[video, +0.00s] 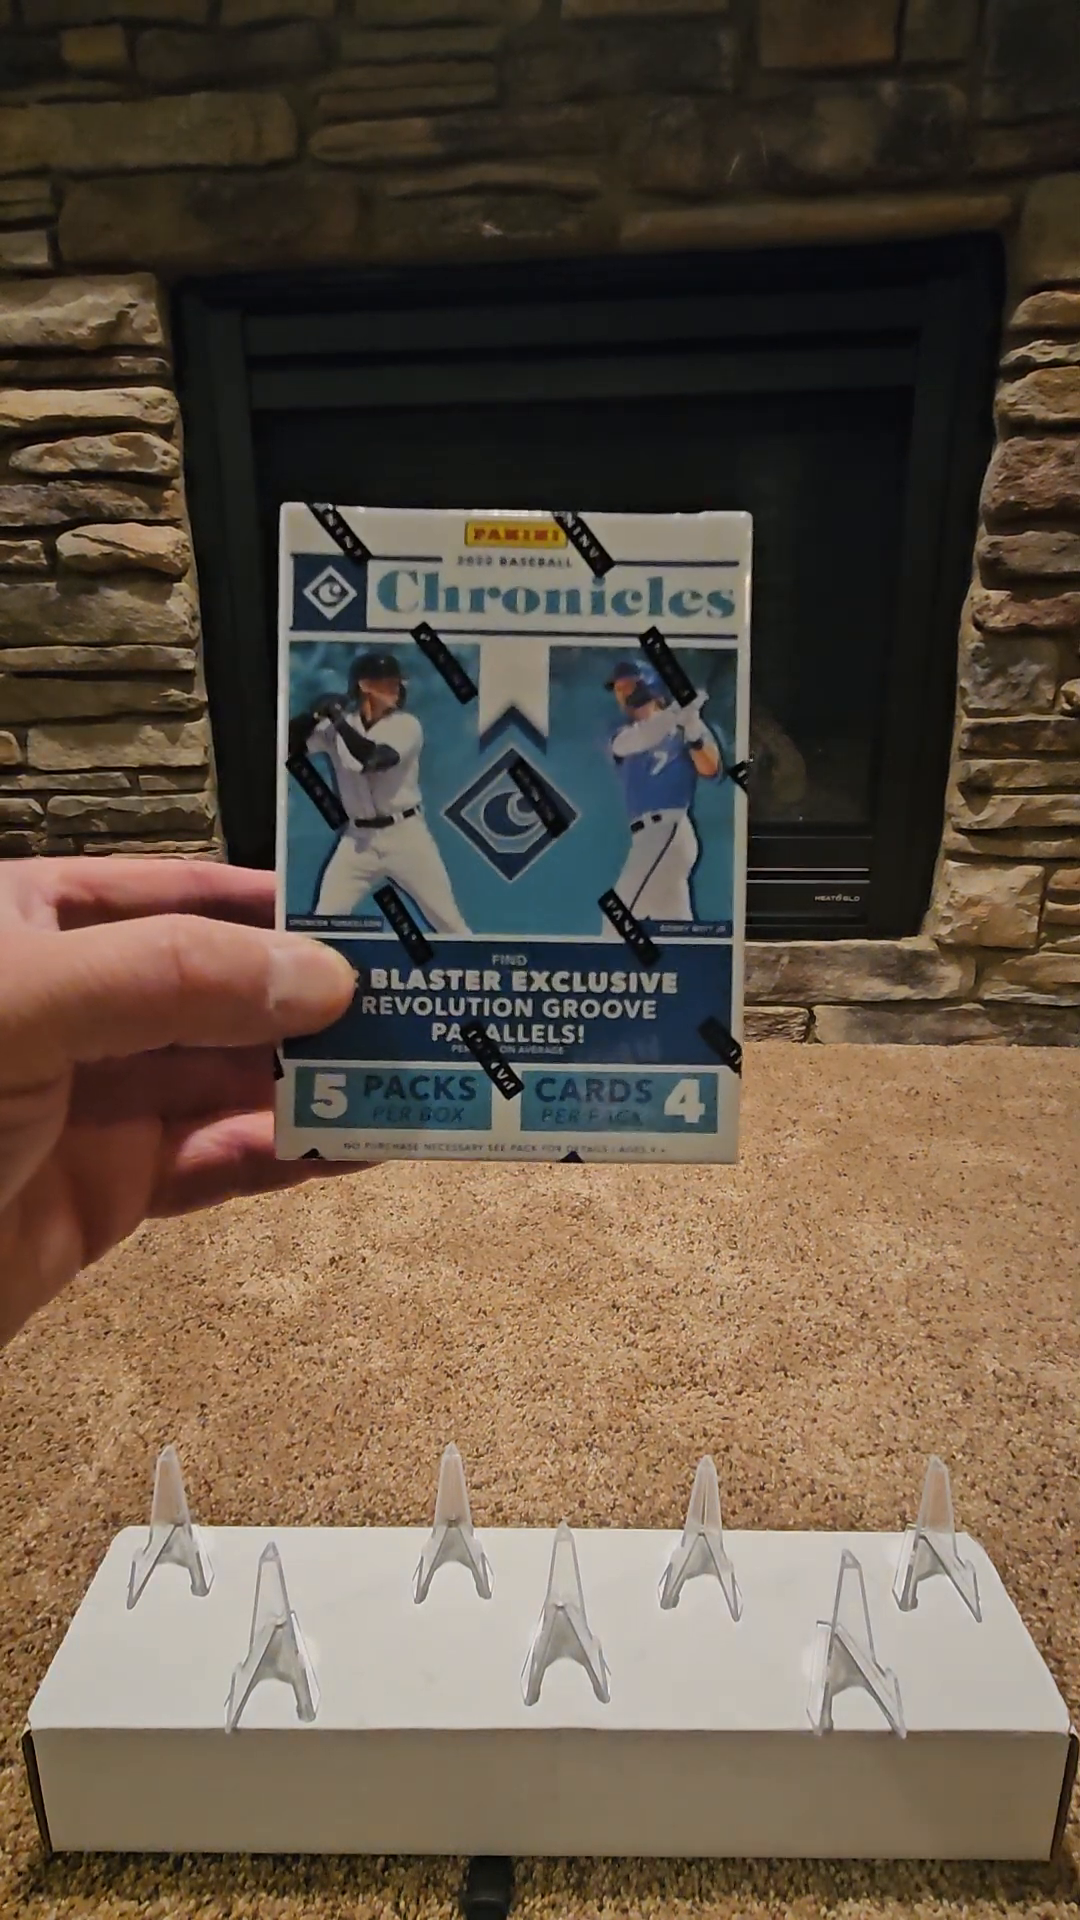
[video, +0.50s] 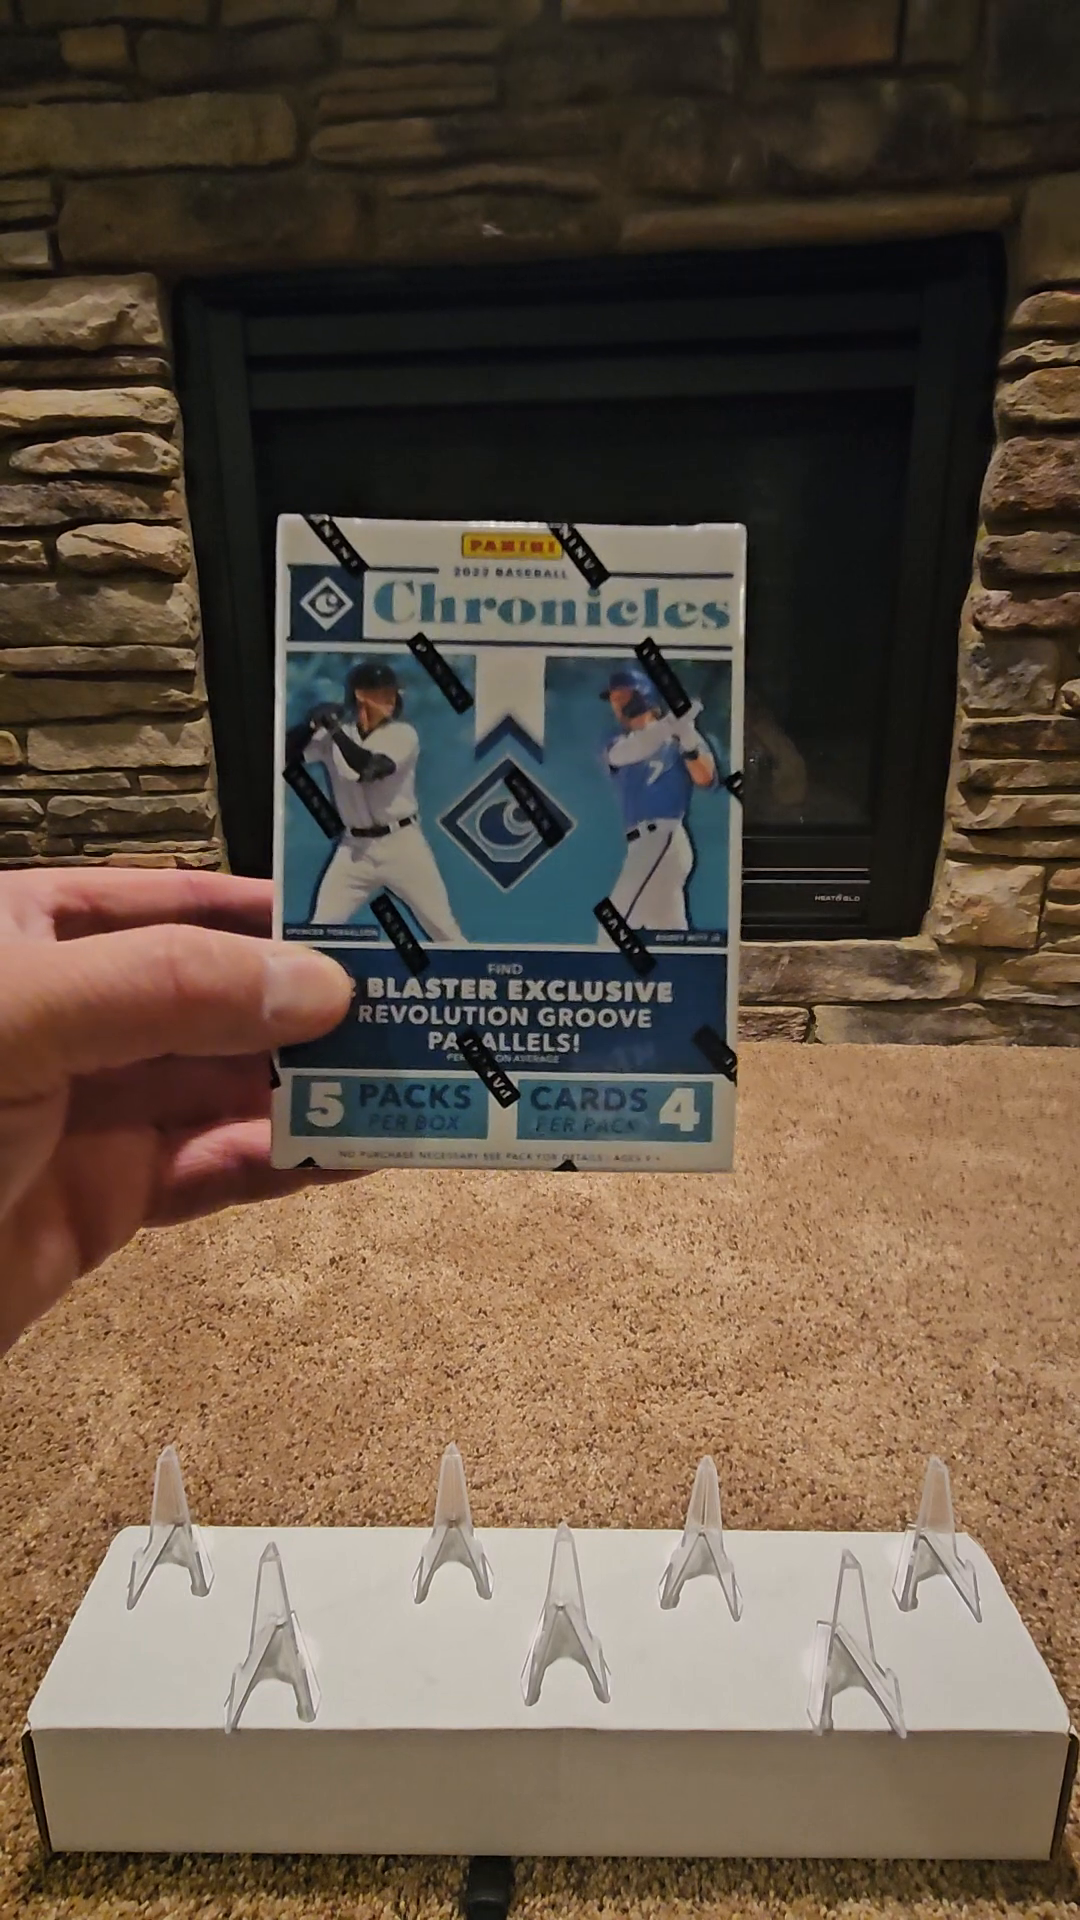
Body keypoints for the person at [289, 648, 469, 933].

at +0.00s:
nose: (396, 686)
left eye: (397, 680)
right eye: (388, 680)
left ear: (400, 685)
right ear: (365, 686)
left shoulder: (406, 725)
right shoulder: (335, 730)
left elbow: (373, 760)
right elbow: (288, 746)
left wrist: (338, 719)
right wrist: (313, 716)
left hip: (406, 836)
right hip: (357, 840)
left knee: (449, 922)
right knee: (325, 922)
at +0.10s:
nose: (393, 686)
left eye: (394, 680)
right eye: (384, 679)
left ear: (397, 684)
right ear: (361, 684)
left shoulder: (403, 723)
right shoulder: (331, 728)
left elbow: (371, 758)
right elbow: (286, 744)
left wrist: (334, 719)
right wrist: (309, 715)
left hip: (404, 835)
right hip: (355, 839)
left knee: (446, 921)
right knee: (322, 923)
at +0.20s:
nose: (390, 685)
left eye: (391, 678)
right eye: (381, 678)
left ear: (393, 683)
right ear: (358, 683)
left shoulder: (399, 722)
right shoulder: (328, 726)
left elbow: (367, 756)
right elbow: (283, 740)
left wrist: (330, 717)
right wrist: (307, 713)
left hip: (400, 834)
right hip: (351, 837)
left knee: (441, 918)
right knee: (319, 921)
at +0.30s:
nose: (387, 683)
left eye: (388, 677)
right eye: (378, 676)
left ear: (391, 681)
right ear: (355, 681)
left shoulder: (397, 720)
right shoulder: (326, 724)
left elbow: (364, 755)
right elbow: (281, 739)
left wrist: (328, 715)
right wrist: (304, 712)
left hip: (397, 833)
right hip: (348, 836)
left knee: (439, 916)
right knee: (317, 920)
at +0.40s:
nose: (391, 695)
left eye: (392, 688)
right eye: (383, 688)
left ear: (396, 693)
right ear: (360, 693)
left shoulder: (402, 733)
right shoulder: (332, 736)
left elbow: (370, 768)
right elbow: (286, 752)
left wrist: (333, 726)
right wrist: (310, 724)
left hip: (403, 845)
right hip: (354, 848)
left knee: (444, 930)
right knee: (321, 931)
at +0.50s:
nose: (392, 696)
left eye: (393, 690)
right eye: (384, 690)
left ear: (396, 694)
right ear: (361, 695)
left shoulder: (402, 734)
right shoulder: (331, 738)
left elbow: (369, 769)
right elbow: (285, 755)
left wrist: (334, 729)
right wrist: (311, 725)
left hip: (403, 845)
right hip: (354, 849)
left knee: (444, 929)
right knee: (322, 930)